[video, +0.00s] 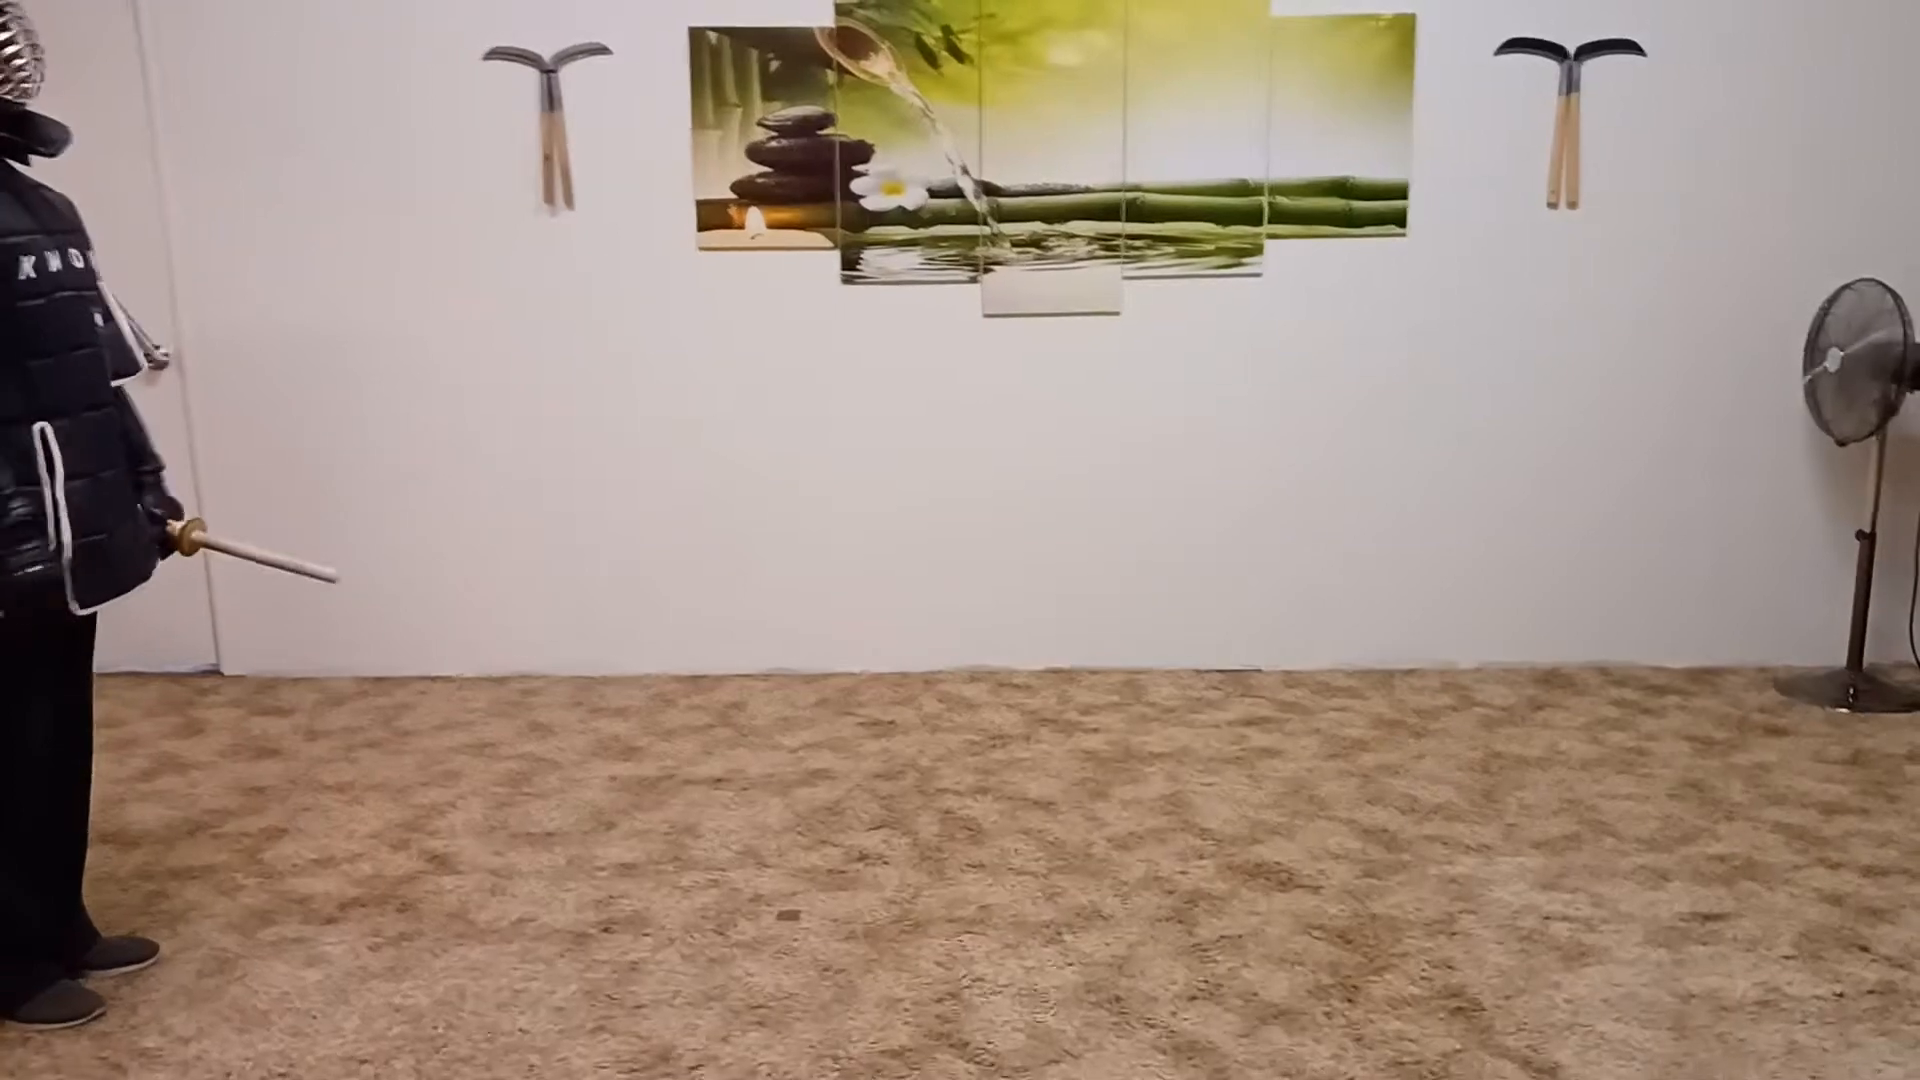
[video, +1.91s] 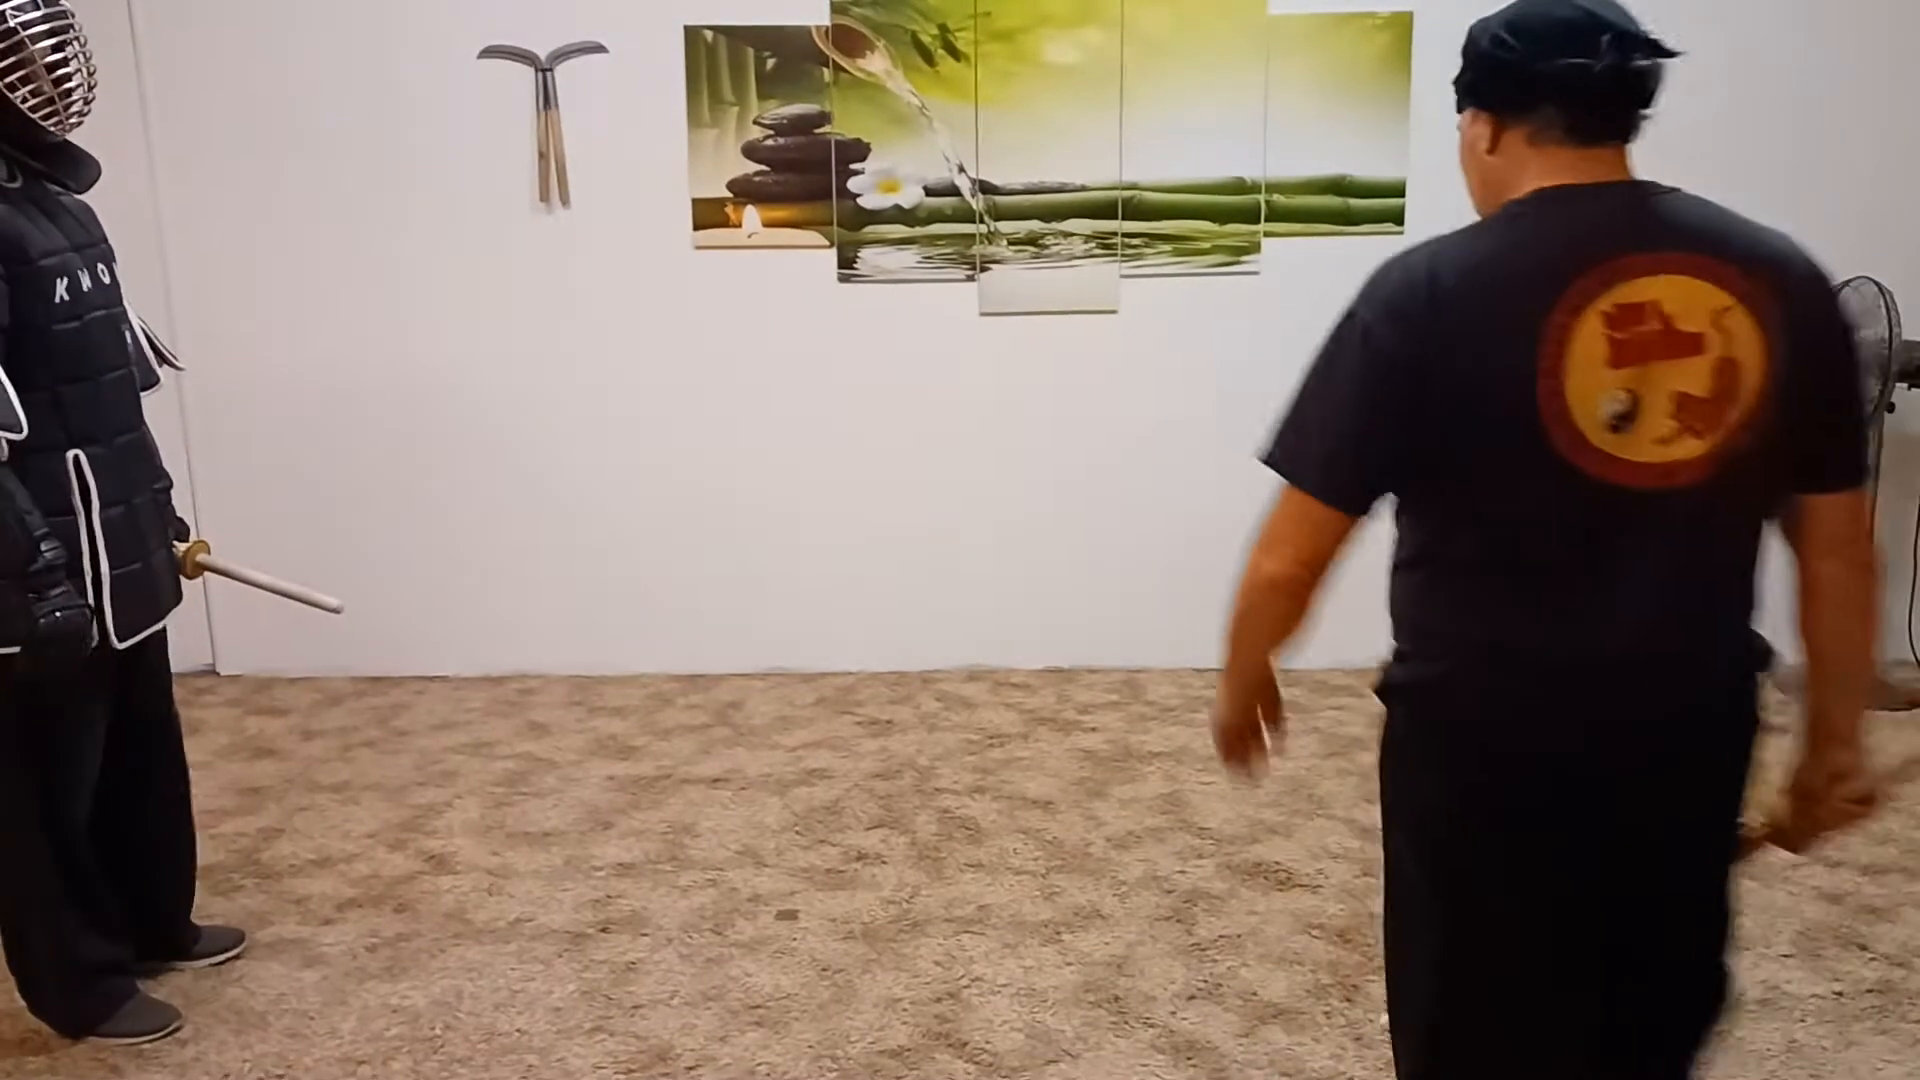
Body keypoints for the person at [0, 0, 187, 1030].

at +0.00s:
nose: (23, 68)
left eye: (24, 54)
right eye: (13, 54)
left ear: (26, 72)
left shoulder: (48, 206)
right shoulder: (7, 205)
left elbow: (94, 373)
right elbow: (30, 382)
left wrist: (152, 490)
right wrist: (25, 543)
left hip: (68, 540)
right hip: (13, 550)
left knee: (61, 741)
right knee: (11, 750)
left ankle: (61, 931)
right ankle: (12, 968)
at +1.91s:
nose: (69, 78)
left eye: (68, 58)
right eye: (46, 63)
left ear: (62, 74)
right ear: (4, 82)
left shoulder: (67, 206)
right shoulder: (2, 219)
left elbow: (106, 388)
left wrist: (159, 508)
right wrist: (30, 564)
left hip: (117, 524)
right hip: (42, 540)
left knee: (137, 731)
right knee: (50, 763)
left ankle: (151, 922)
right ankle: (74, 983)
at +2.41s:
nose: (79, 74)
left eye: (77, 55)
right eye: (55, 59)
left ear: (67, 73)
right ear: (8, 79)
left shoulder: (81, 199)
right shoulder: (4, 216)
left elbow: (129, 380)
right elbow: (6, 425)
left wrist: (186, 505)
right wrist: (51, 567)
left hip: (133, 540)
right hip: (53, 560)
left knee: (140, 751)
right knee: (63, 776)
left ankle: (150, 932)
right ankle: (80, 986)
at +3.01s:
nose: (101, 69)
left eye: (96, 51)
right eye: (77, 54)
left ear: (62, 74)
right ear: (29, 73)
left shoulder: (104, 203)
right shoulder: (12, 214)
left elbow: (159, 381)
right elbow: (23, 413)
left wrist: (206, 504)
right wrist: (83, 546)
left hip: (146, 546)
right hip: (68, 559)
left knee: (147, 752)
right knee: (76, 773)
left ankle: (154, 930)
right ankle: (84, 982)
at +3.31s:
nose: (111, 66)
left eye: (106, 48)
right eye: (86, 49)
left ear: (68, 69)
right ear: (37, 67)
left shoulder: (106, 198)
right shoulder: (15, 205)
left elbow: (161, 382)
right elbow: (26, 403)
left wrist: (209, 508)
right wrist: (92, 542)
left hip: (148, 542)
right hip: (70, 554)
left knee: (151, 751)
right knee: (82, 768)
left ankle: (155, 931)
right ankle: (90, 982)